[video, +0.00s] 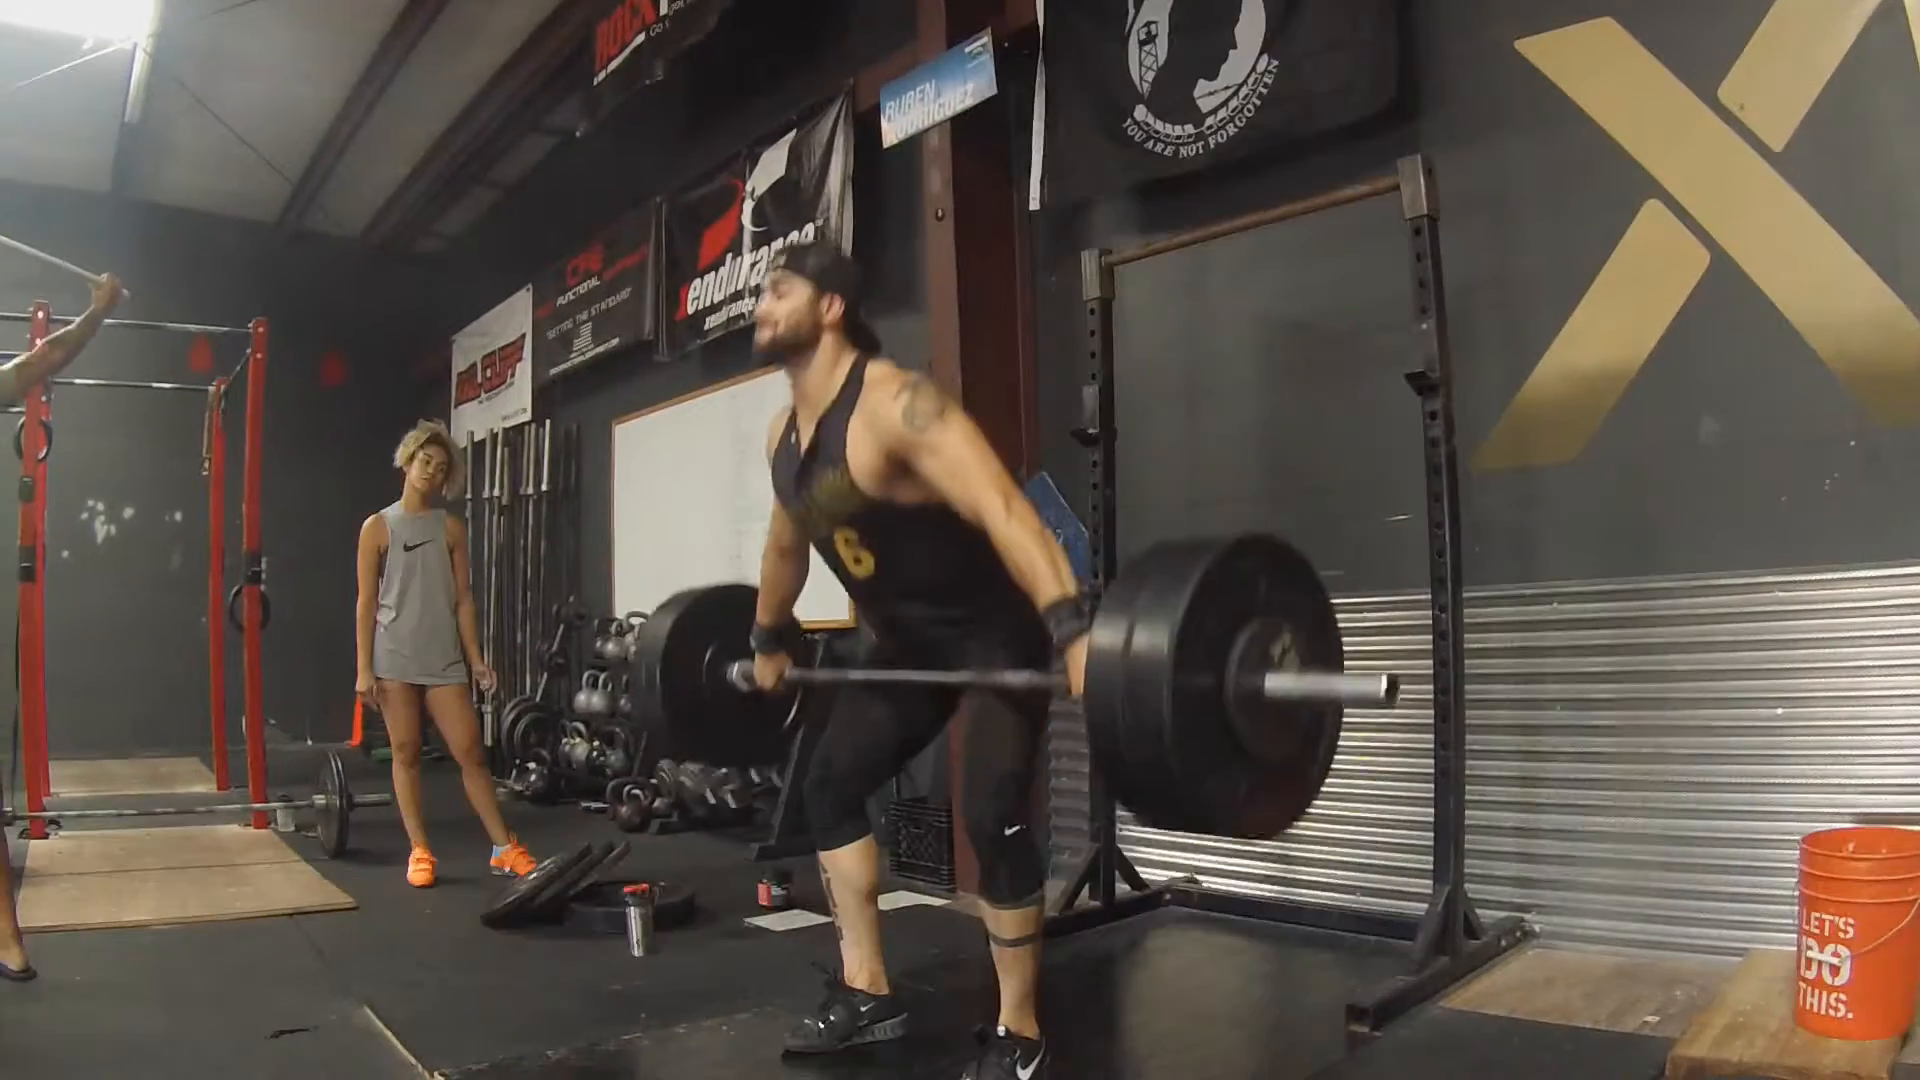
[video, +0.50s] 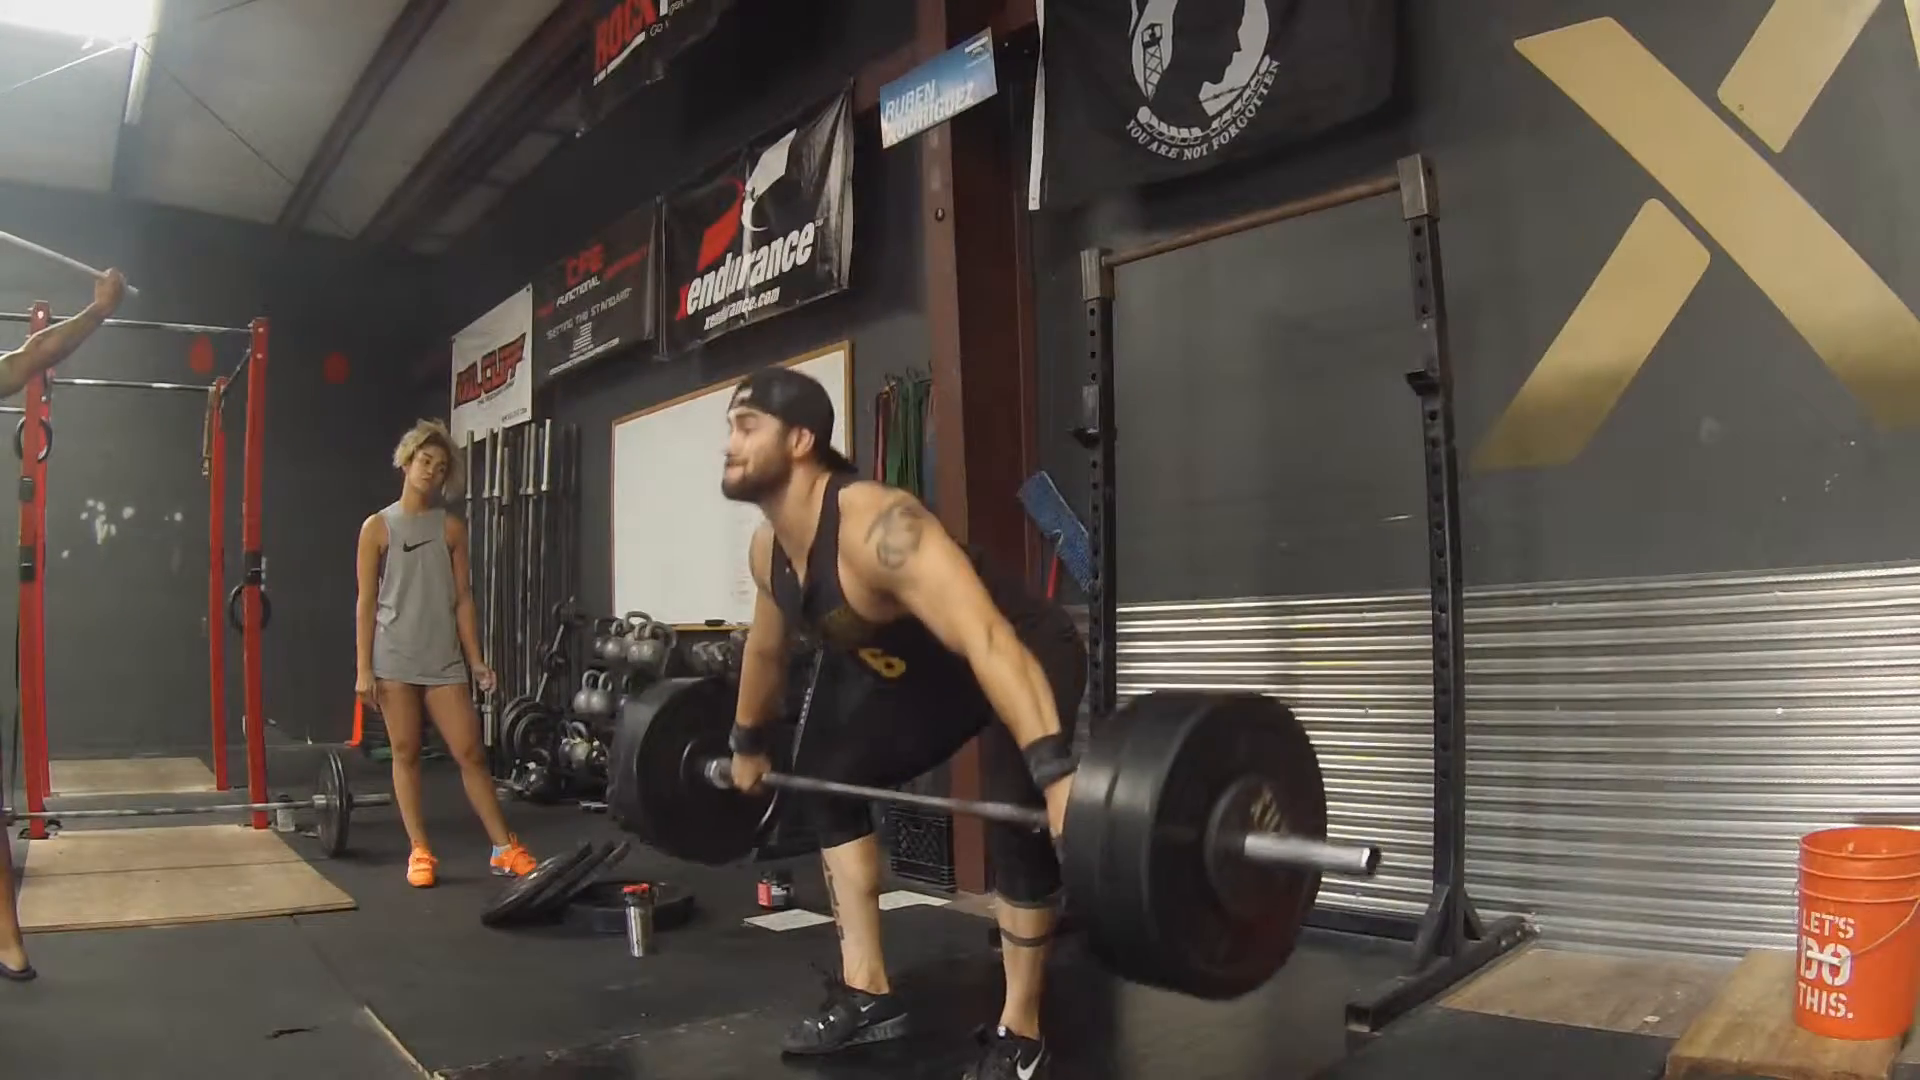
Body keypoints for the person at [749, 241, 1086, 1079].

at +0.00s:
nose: (760, 307)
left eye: (779, 293)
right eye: (762, 294)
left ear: (831, 310)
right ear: (796, 317)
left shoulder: (904, 402)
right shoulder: (788, 432)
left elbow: (1002, 509)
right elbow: (788, 541)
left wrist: (1074, 630)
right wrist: (769, 637)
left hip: (998, 635)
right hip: (906, 643)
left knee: (991, 819)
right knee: (832, 782)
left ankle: (1020, 1032)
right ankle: (866, 992)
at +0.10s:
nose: (750, 340)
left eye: (767, 326)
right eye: (751, 328)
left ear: (822, 341)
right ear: (793, 348)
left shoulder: (895, 431)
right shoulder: (783, 462)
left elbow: (1003, 539)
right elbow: (785, 565)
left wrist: (1072, 664)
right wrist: (764, 663)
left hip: (1002, 643)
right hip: (916, 650)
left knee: (998, 819)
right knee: (831, 786)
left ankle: (1021, 1034)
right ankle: (866, 991)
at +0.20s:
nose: (743, 371)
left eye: (762, 355)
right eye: (745, 357)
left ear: (817, 369)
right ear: (788, 377)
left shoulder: (891, 459)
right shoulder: (779, 486)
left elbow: (998, 568)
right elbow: (778, 595)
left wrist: (1067, 693)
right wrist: (761, 691)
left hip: (1004, 652)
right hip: (922, 660)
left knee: (1006, 824)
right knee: (830, 788)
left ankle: (1021, 1032)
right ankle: (866, 990)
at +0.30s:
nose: (738, 397)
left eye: (757, 382)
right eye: (740, 383)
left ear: (810, 397)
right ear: (781, 401)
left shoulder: (885, 487)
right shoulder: (776, 513)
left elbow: (997, 598)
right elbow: (773, 620)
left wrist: (1065, 727)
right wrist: (757, 712)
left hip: (1005, 658)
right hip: (923, 669)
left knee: (1010, 824)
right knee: (831, 787)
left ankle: (1020, 1029)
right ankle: (867, 990)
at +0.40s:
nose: (733, 423)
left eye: (752, 406)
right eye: (734, 408)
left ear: (806, 423)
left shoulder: (884, 508)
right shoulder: (772, 533)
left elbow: (992, 621)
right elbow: (768, 637)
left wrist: (1060, 753)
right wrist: (752, 731)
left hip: (1008, 658)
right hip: (921, 672)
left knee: (1012, 819)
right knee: (831, 784)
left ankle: (1020, 1030)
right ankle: (867, 990)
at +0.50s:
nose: (728, 440)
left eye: (748, 426)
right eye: (730, 426)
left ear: (802, 442)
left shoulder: (883, 524)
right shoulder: (771, 549)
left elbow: (990, 640)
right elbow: (765, 652)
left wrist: (1054, 772)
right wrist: (746, 742)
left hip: (1026, 652)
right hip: (936, 665)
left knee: (1013, 817)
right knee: (832, 782)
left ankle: (1020, 1029)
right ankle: (866, 990)